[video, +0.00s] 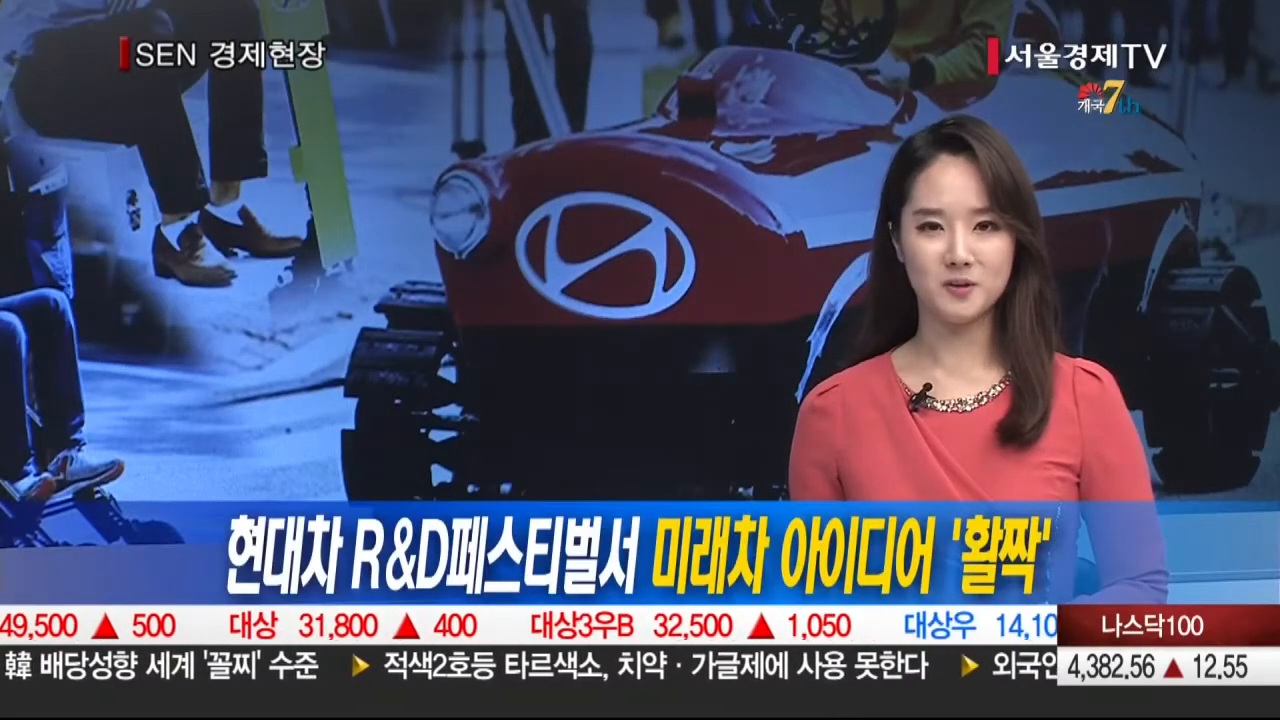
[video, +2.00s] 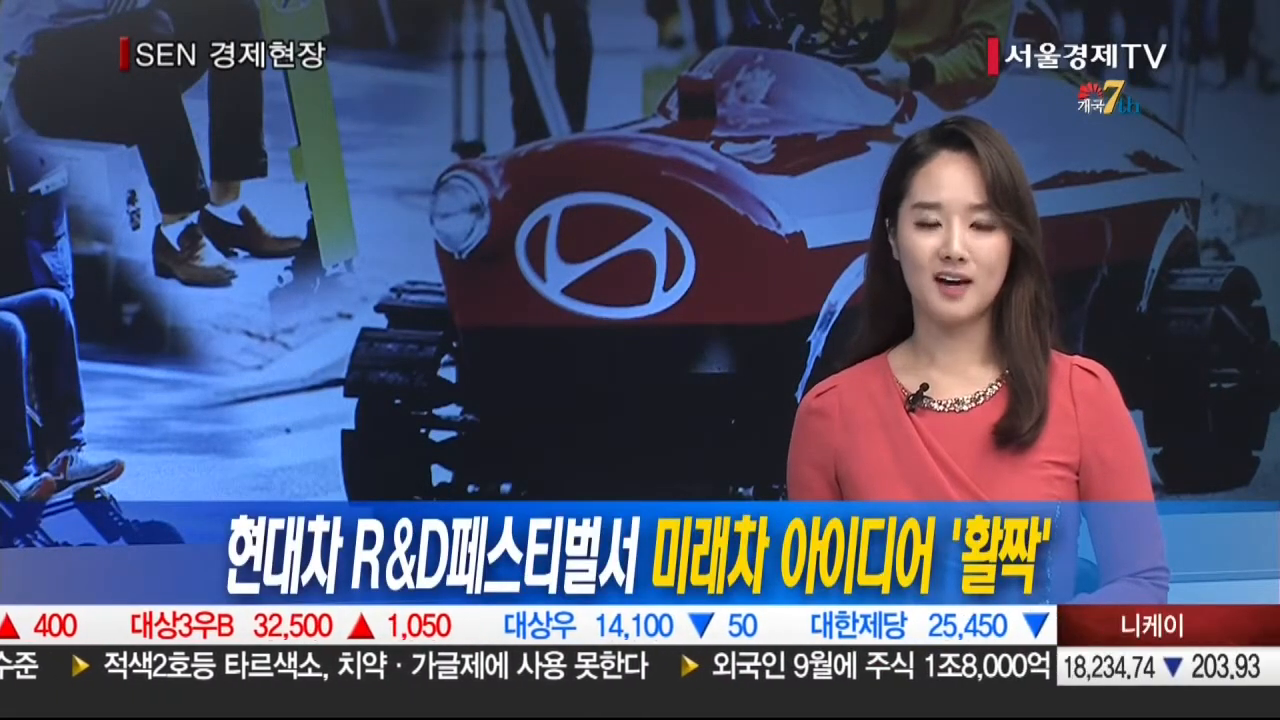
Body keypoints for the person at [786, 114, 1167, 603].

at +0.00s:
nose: (959, 254)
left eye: (986, 226)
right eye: (931, 227)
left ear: (1019, 242)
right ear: (897, 244)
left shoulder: (1085, 398)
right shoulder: (832, 413)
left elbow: (1139, 585)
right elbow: (812, 605)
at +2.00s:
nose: (954, 249)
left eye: (982, 224)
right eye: (928, 222)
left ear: (1015, 243)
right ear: (893, 239)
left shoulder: (1083, 396)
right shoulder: (829, 414)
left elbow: (1142, 580)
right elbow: (811, 604)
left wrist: (1041, 647)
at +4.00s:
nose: (955, 259)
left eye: (982, 230)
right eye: (927, 230)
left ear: (1015, 245)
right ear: (893, 244)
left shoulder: (1084, 397)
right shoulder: (830, 415)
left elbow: (1142, 583)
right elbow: (811, 605)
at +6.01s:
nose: (952, 262)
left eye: (979, 232)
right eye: (924, 233)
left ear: (1013, 246)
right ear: (891, 245)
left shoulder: (1083, 396)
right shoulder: (830, 415)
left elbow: (1142, 582)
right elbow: (811, 605)